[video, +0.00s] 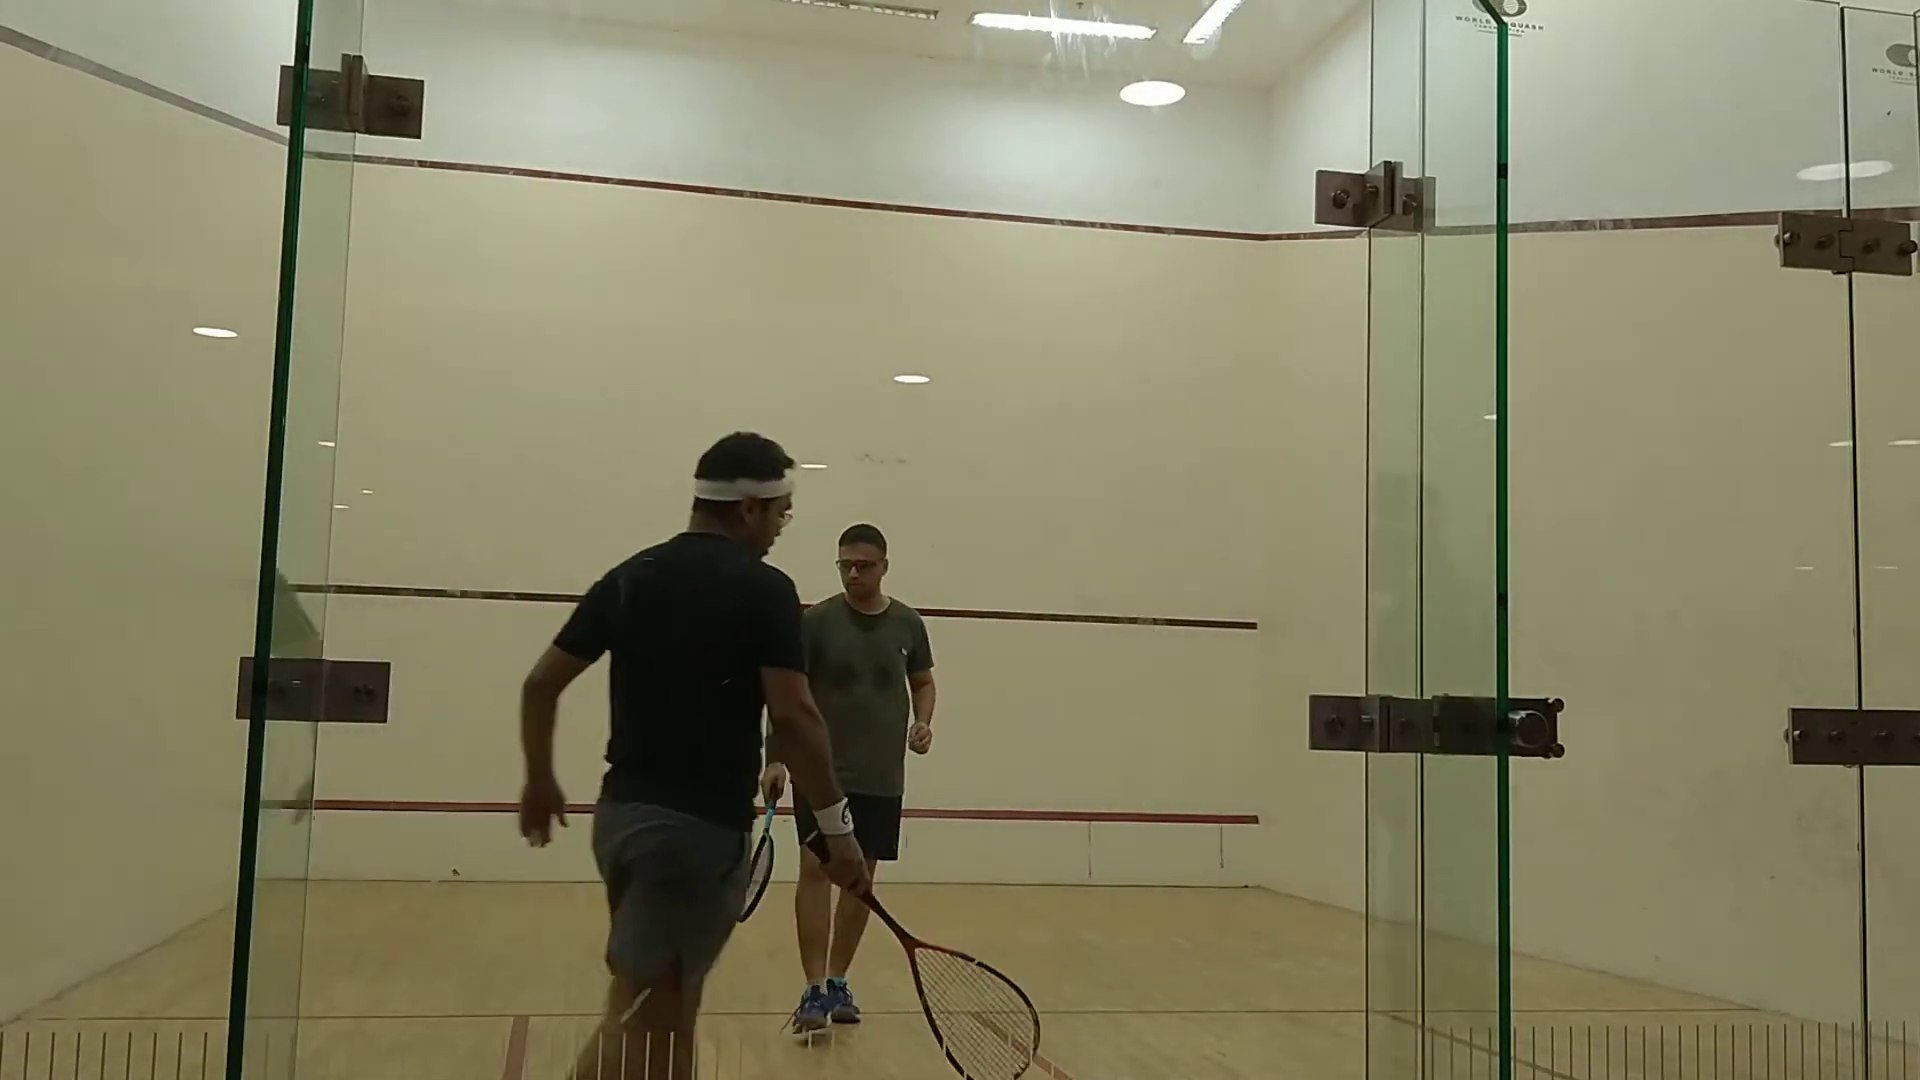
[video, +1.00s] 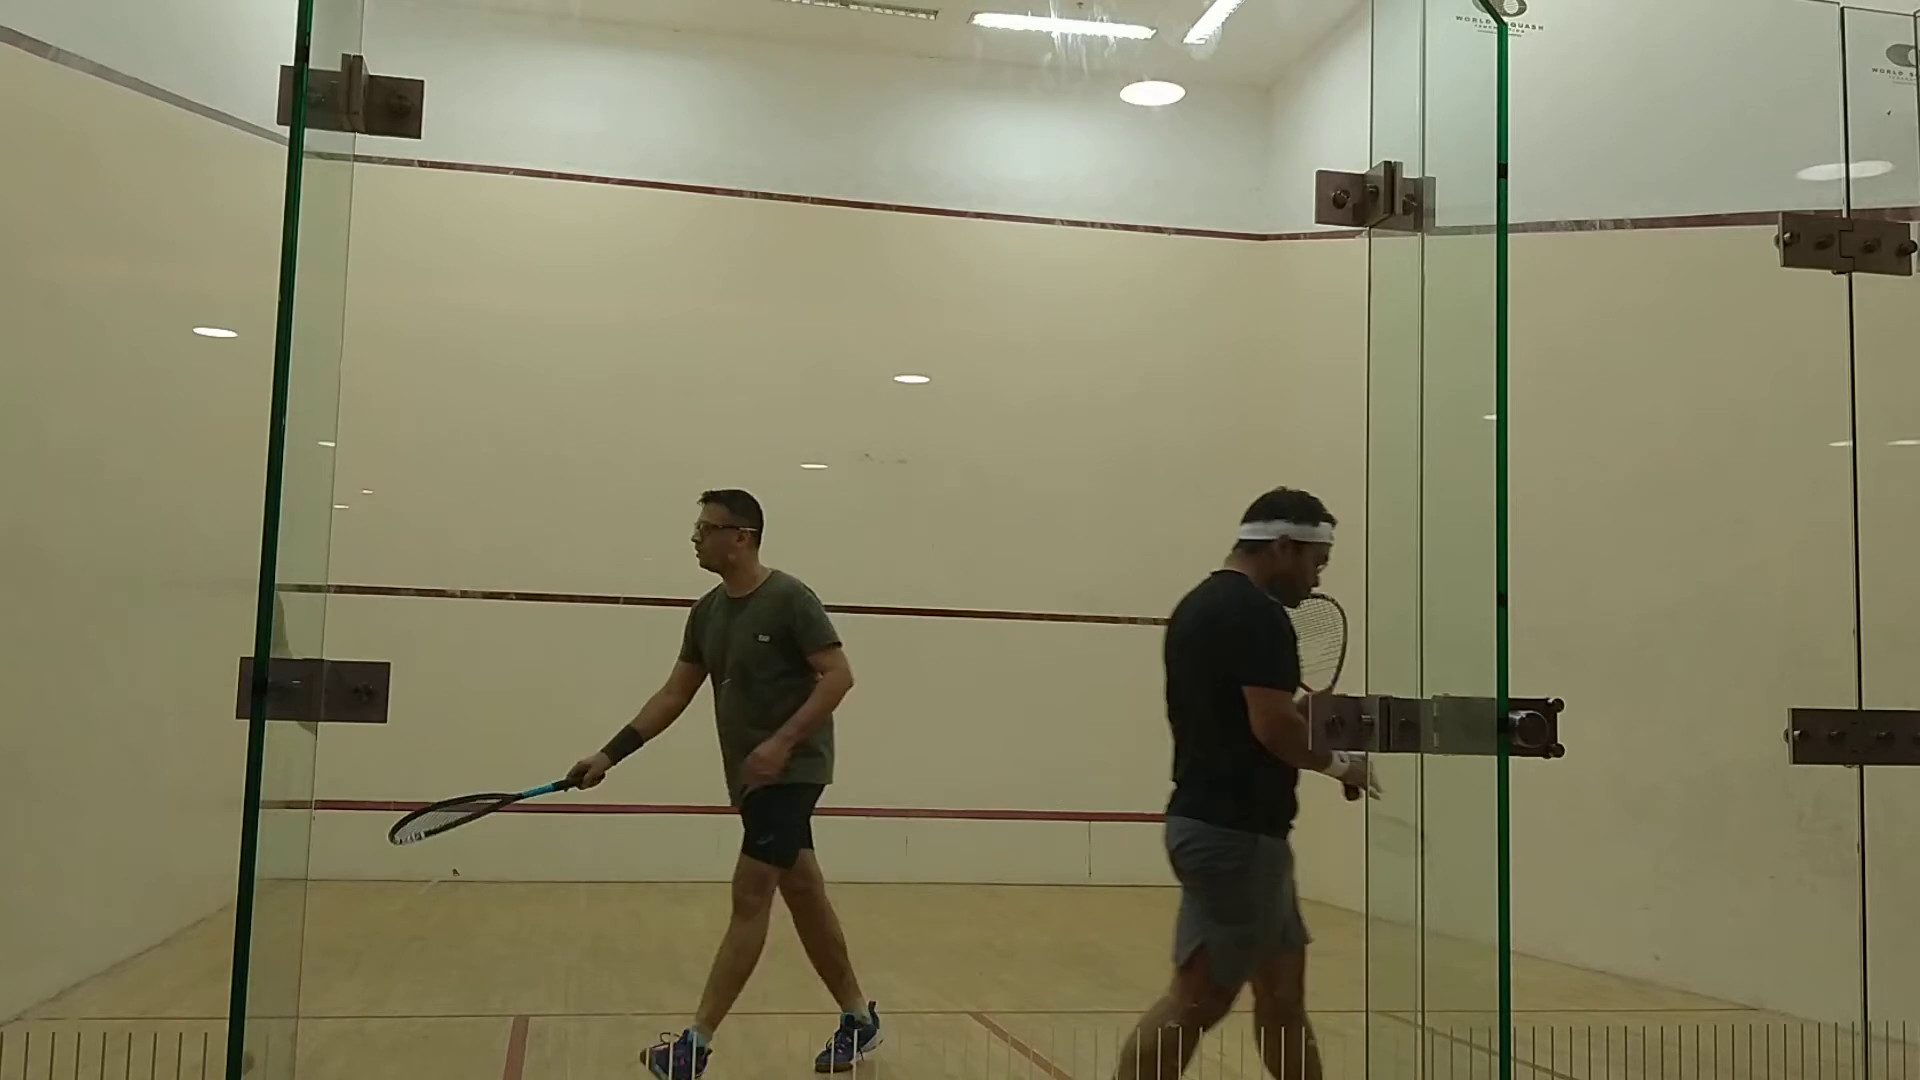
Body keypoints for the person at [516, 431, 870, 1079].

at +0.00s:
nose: (783, 525)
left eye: (785, 511)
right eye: (779, 509)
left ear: (708, 500)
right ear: (748, 507)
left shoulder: (631, 576)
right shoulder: (764, 588)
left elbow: (541, 683)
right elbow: (793, 717)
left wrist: (538, 778)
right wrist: (837, 832)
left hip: (621, 819)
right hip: (700, 832)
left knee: (668, 1013)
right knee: (636, 1016)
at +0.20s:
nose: (882, 532)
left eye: (885, 517)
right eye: (877, 516)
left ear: (821, 509)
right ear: (837, 512)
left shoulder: (745, 572)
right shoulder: (830, 581)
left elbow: (697, 691)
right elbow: (828, 701)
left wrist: (753, 763)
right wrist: (891, 802)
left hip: (720, 812)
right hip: (789, 822)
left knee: (730, 981)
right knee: (860, 979)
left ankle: (699, 1079)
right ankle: (767, 1073)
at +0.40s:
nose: (991, 559)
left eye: (995, 545)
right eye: (988, 542)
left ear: (936, 528)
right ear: (946, 529)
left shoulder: (879, 586)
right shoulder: (910, 602)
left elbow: (900, 714)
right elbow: (896, 715)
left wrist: (959, 777)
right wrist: (990, 779)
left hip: (820, 822)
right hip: (883, 836)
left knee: (778, 984)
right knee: (959, 1002)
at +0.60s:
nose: (1116, 564)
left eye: (1121, 551)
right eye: (1115, 547)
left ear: (1061, 530)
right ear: (1076, 531)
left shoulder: (998, 582)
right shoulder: (1038, 597)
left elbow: (1009, 710)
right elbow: (1022, 709)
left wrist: (1085, 769)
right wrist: (1112, 765)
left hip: (955, 819)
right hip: (1015, 827)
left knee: (976, 978)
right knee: (1064, 987)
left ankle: (840, 1067)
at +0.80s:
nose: (1211, 573)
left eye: (1219, 560)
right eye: (1214, 556)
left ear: (1168, 527)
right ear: (1186, 532)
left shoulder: (1096, 577)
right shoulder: (1145, 590)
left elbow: (1116, 703)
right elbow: (1153, 699)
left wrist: (1200, 718)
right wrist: (1220, 739)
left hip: (1086, 806)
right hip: (1121, 818)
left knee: (1170, 948)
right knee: (1106, 982)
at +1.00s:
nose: (1319, 578)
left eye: (1323, 563)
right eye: (1317, 561)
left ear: (1264, 546)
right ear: (1282, 547)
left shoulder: (1200, 605)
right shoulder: (1257, 612)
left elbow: (1216, 716)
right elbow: (1273, 726)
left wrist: (1302, 710)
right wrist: (1332, 762)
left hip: (1217, 829)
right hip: (1236, 838)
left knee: (1283, 970)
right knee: (1200, 997)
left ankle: (1304, 1077)